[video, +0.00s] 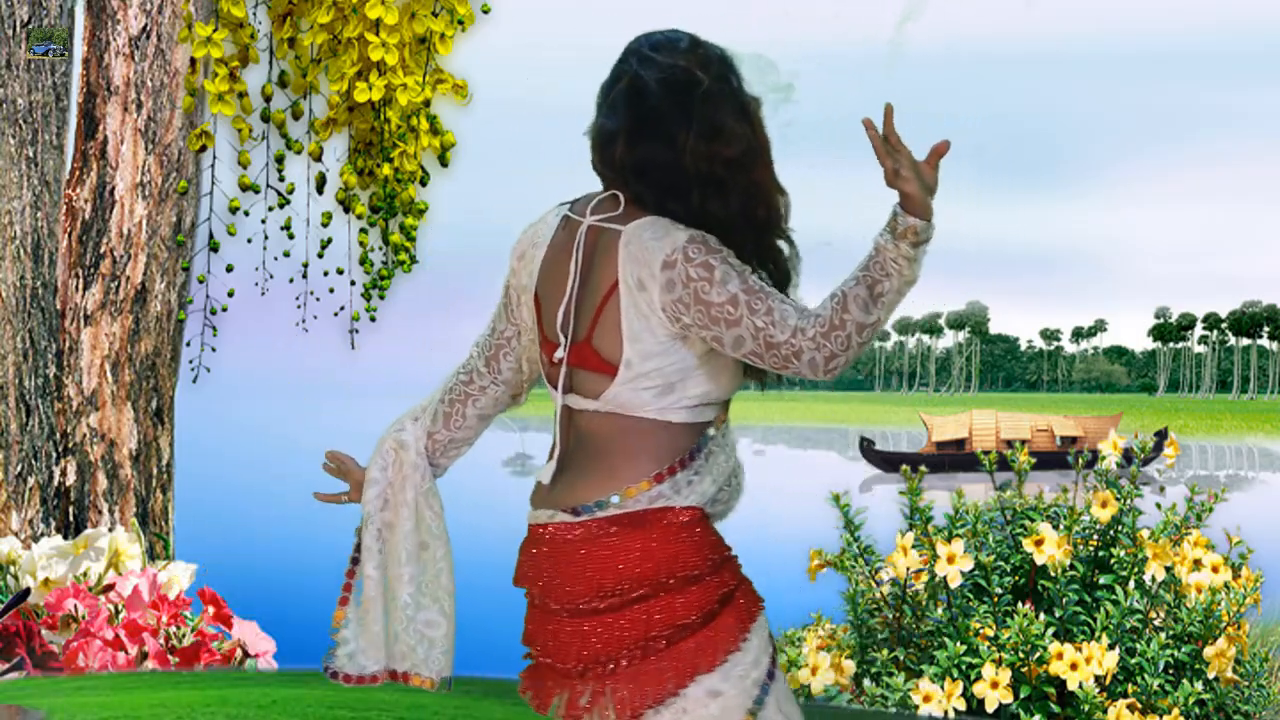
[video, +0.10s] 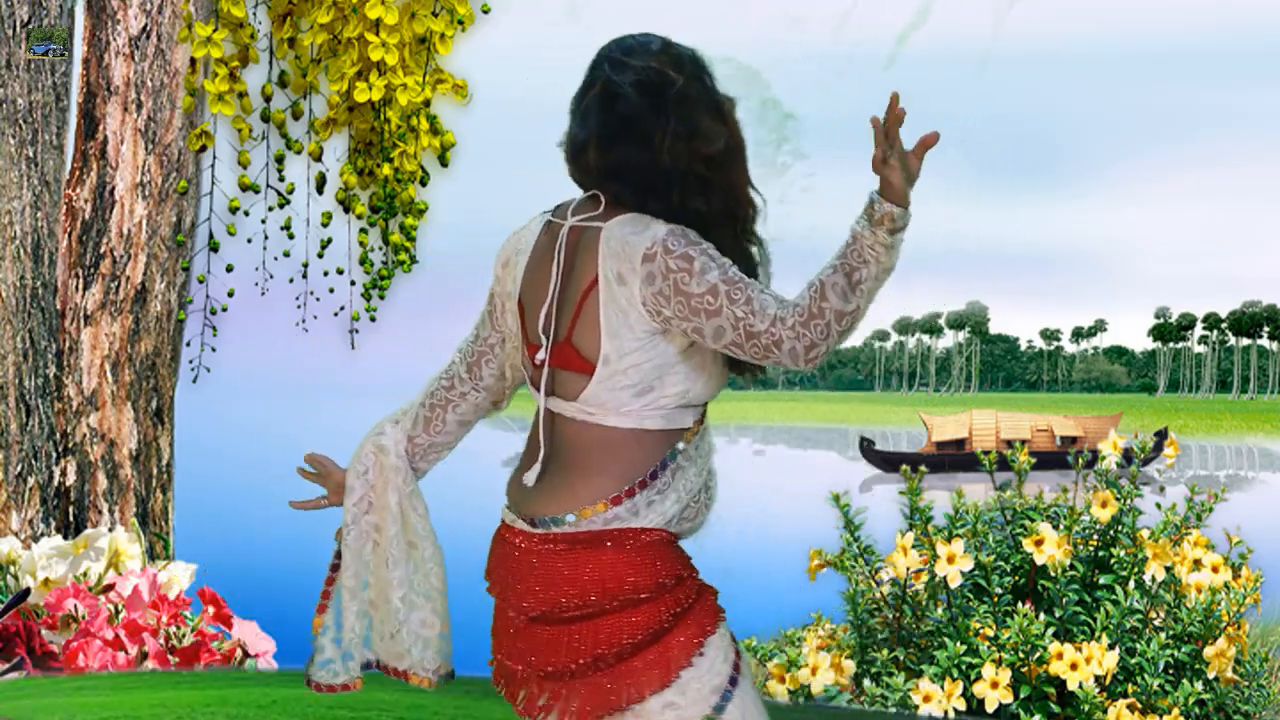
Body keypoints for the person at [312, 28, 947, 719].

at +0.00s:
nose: (748, 144)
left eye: (739, 122)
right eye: (737, 125)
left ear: (610, 137)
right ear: (716, 141)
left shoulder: (547, 242)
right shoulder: (675, 256)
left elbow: (483, 381)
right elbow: (816, 348)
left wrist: (393, 468)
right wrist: (910, 227)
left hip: (555, 543)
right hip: (656, 541)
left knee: (587, 705)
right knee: (735, 702)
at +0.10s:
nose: (720, 144)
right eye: (711, 126)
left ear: (587, 138)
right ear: (695, 140)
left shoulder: (534, 244)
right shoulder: (660, 253)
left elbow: (469, 382)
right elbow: (793, 340)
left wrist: (373, 472)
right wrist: (888, 210)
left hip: (523, 558)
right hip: (620, 567)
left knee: (561, 707)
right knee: (732, 707)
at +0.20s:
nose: (711, 130)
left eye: (701, 109)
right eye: (699, 112)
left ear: (576, 128)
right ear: (680, 129)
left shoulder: (524, 241)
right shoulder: (658, 244)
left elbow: (453, 379)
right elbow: (795, 323)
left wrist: (354, 466)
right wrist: (879, 185)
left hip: (507, 553)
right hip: (609, 567)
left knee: (556, 705)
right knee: (706, 705)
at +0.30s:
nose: (703, 114)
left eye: (696, 92)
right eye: (689, 96)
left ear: (568, 122)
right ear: (660, 116)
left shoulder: (506, 235)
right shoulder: (658, 231)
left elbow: (435, 365)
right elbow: (790, 316)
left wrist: (332, 431)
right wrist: (870, 182)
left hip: (492, 536)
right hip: (604, 553)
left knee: (523, 700)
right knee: (686, 704)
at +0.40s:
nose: (692, 109)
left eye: (685, 88)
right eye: (679, 91)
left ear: (560, 115)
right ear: (652, 110)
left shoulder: (502, 229)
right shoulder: (658, 227)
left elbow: (432, 357)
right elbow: (785, 325)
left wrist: (318, 403)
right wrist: (867, 191)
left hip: (482, 516)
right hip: (600, 539)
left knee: (506, 697)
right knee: (681, 703)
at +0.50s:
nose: (681, 111)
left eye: (675, 90)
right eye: (671, 93)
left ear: (549, 112)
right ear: (645, 108)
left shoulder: (490, 231)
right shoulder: (662, 223)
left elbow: (415, 380)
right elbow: (776, 339)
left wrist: (293, 374)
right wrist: (871, 216)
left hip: (475, 505)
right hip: (600, 533)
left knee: (488, 694)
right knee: (649, 700)